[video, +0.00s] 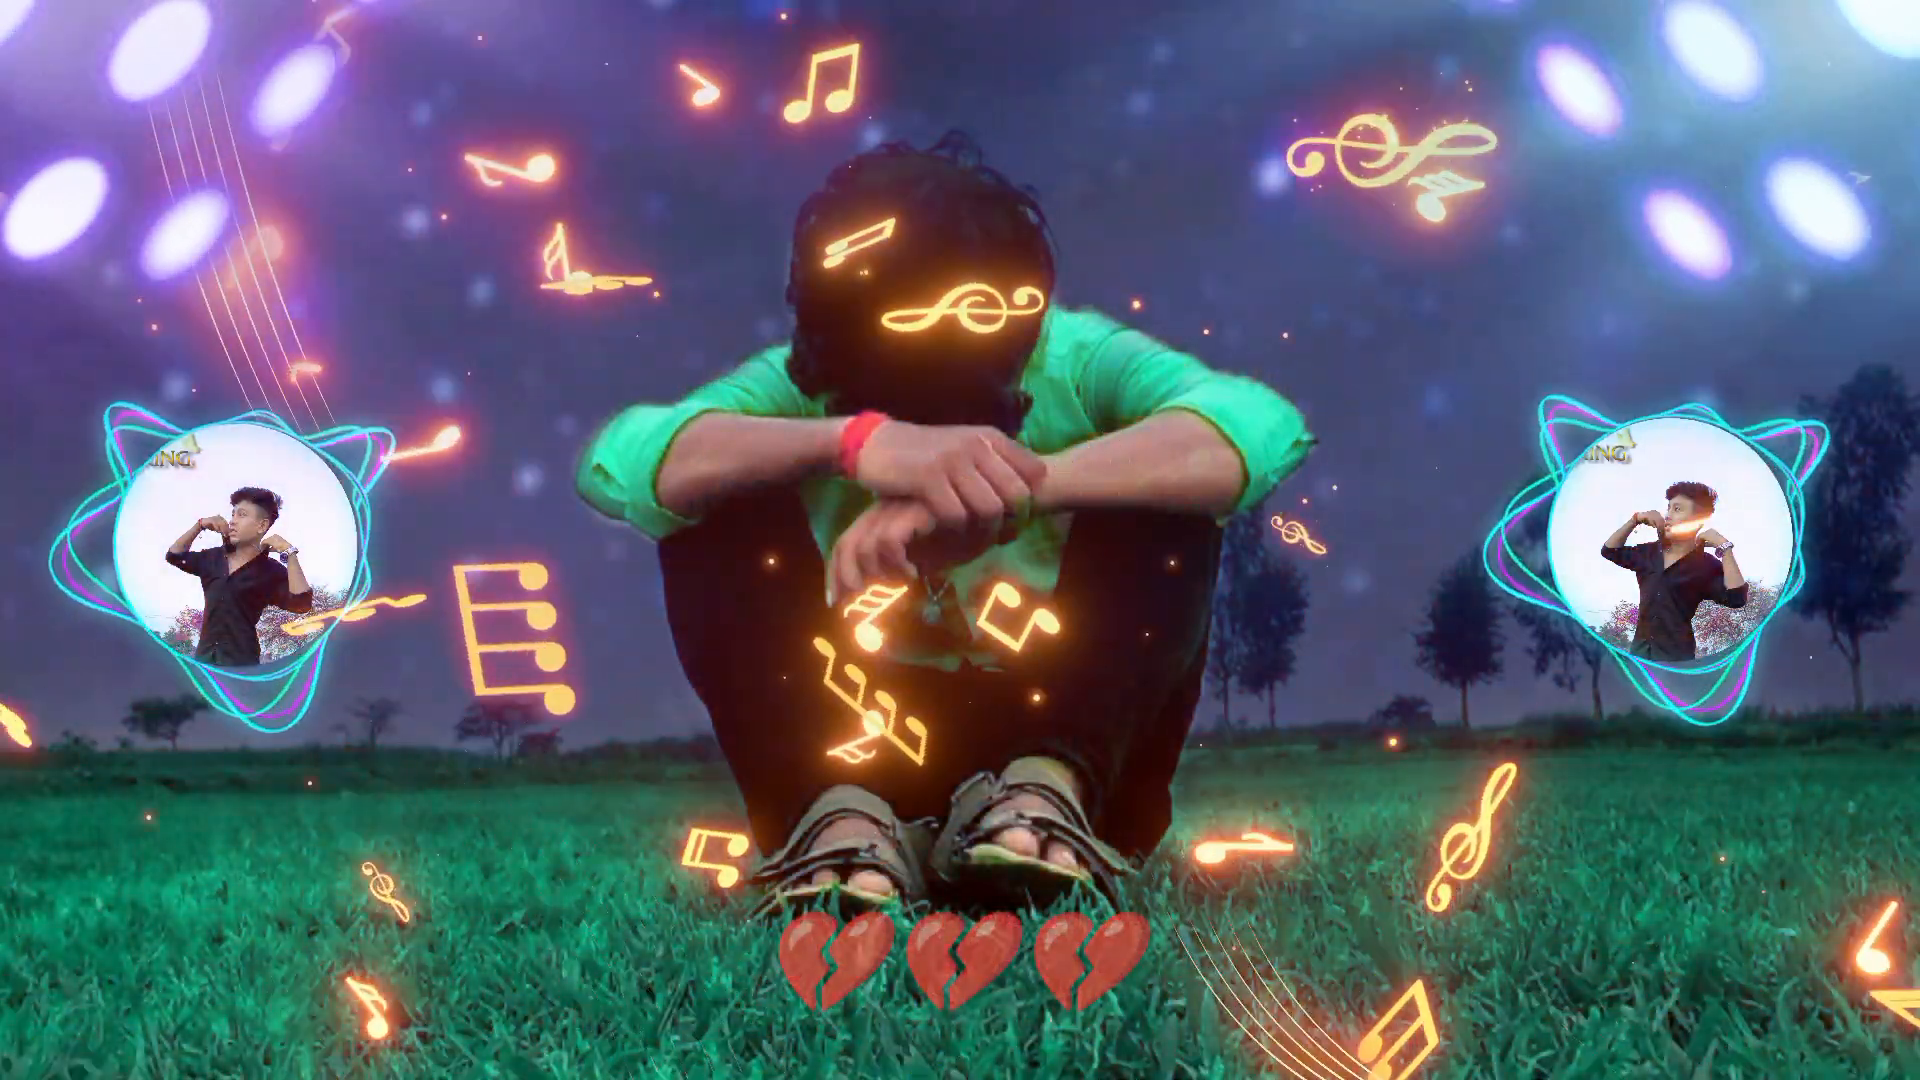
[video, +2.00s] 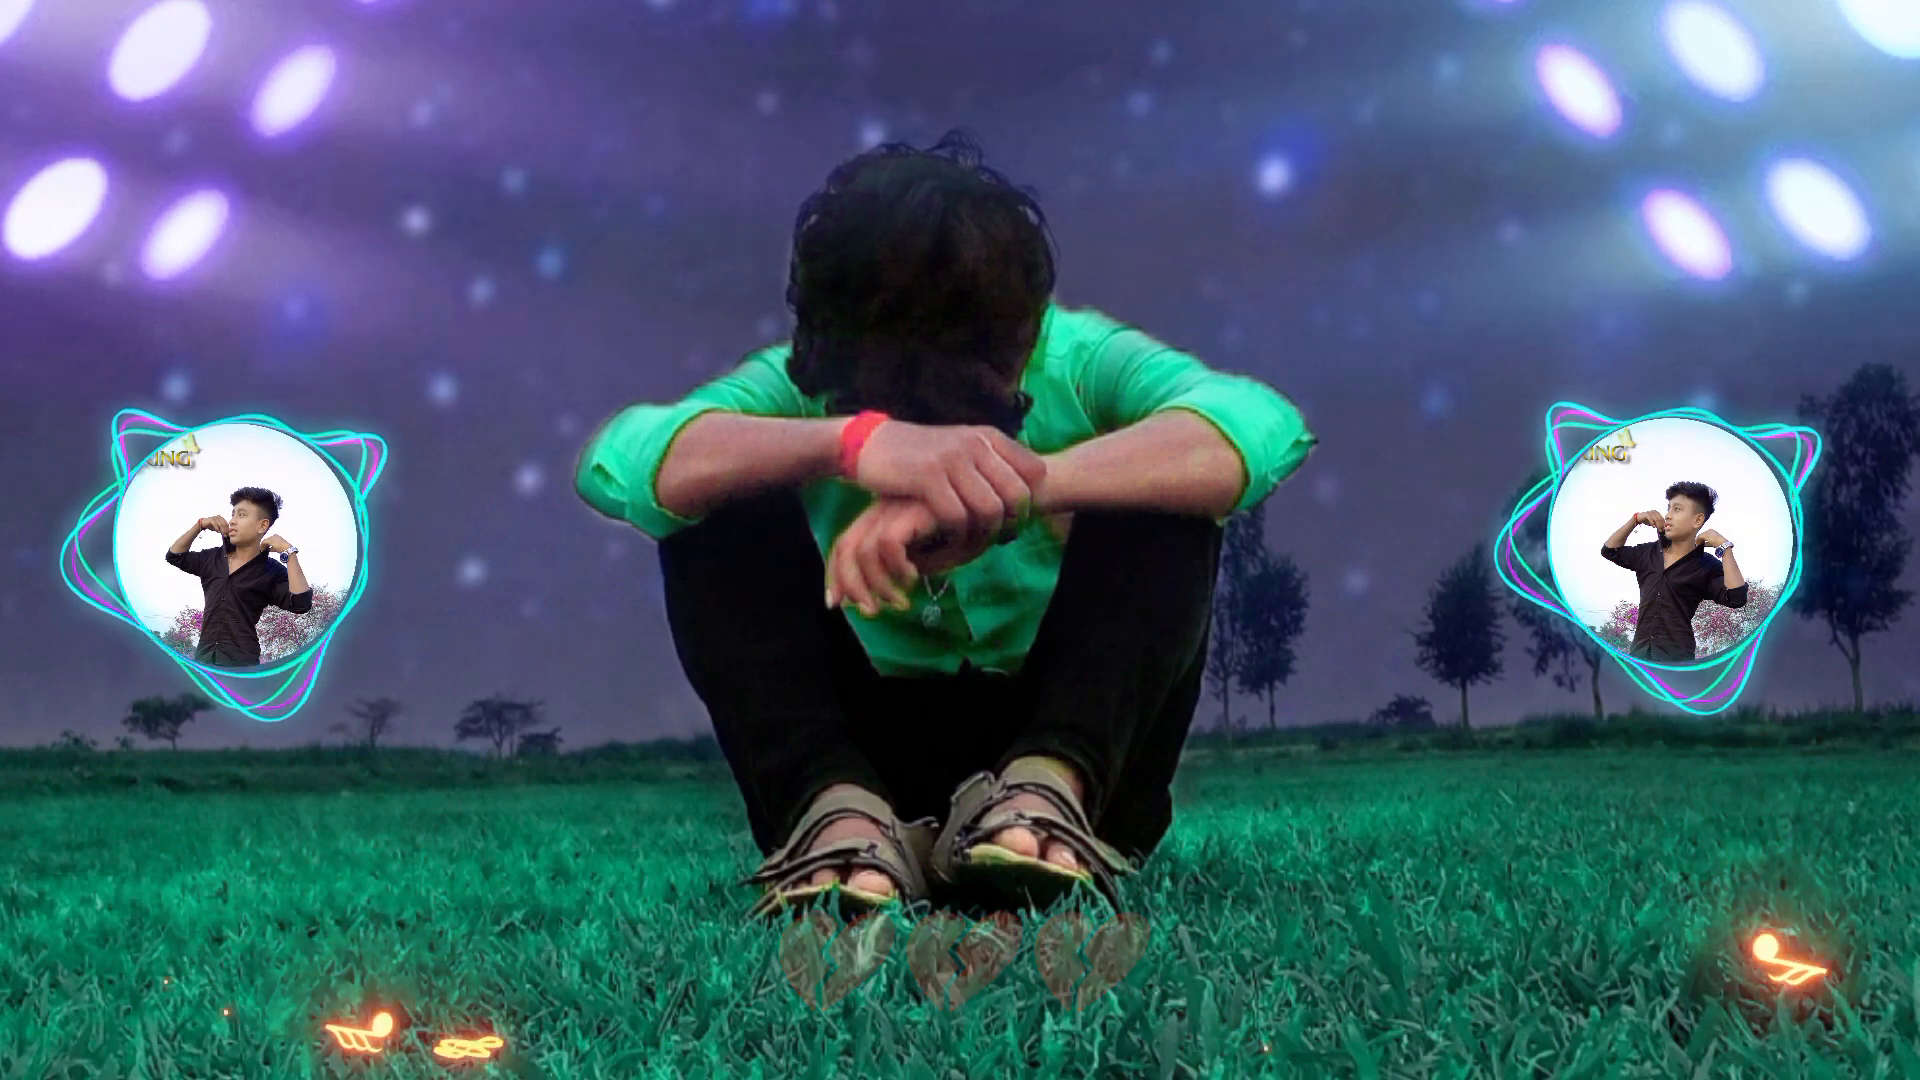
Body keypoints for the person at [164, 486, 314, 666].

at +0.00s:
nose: (232, 521)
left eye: (242, 515)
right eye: (233, 514)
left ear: (263, 525)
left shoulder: (270, 569)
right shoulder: (212, 558)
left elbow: (302, 604)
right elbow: (173, 556)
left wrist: (290, 554)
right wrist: (199, 526)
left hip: (242, 662)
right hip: (204, 658)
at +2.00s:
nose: (232, 521)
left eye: (242, 515)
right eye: (233, 514)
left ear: (263, 525)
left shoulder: (270, 569)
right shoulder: (212, 558)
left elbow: (301, 604)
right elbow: (174, 557)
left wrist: (290, 553)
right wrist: (199, 526)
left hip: (242, 662)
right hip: (203, 659)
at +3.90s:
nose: (232, 521)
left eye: (242, 515)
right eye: (233, 514)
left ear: (263, 525)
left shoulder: (270, 569)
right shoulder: (212, 558)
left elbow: (301, 604)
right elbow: (174, 556)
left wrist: (290, 553)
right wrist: (199, 526)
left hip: (242, 662)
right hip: (203, 658)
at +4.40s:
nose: (232, 521)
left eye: (242, 515)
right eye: (233, 514)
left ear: (263, 525)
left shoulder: (270, 570)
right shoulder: (212, 558)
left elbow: (301, 604)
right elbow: (174, 556)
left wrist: (289, 553)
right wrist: (199, 526)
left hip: (242, 664)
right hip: (203, 660)